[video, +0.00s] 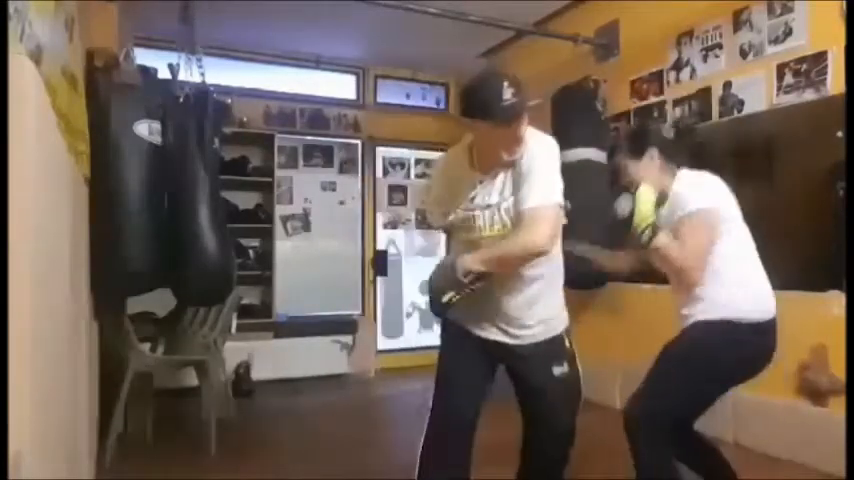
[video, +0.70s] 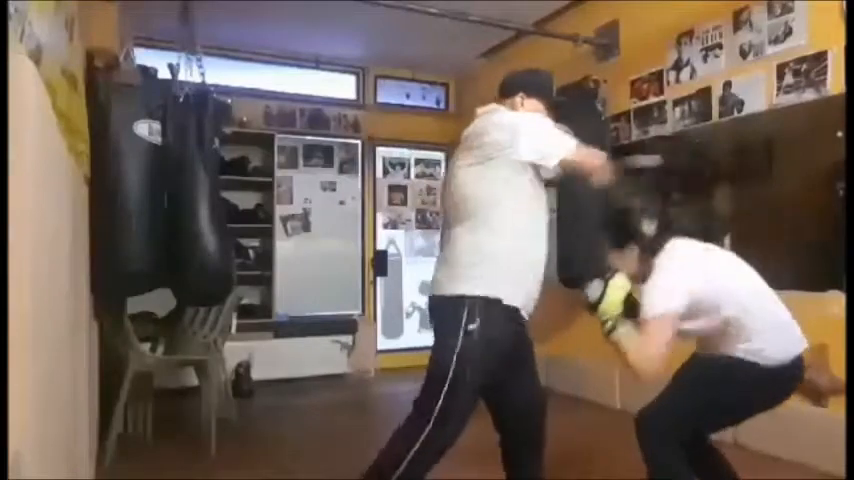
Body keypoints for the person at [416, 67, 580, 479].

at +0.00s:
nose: (518, 131)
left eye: (521, 119)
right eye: (506, 124)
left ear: (526, 113)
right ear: (475, 125)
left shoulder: (540, 151)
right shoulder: (450, 167)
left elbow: (539, 236)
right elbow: (448, 236)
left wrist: (472, 261)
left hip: (538, 328)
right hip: (468, 326)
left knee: (551, 443)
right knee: (448, 435)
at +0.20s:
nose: (544, 125)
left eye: (546, 113)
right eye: (533, 115)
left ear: (549, 112)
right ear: (499, 114)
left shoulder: (552, 147)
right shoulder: (452, 164)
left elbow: (569, 229)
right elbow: (427, 224)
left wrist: (518, 229)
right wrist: (472, 232)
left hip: (540, 319)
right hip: (470, 318)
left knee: (555, 428)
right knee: (455, 423)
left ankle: (538, 479)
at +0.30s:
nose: (559, 118)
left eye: (560, 107)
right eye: (551, 105)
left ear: (529, 106)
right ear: (518, 103)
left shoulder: (550, 147)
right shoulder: (463, 154)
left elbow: (570, 216)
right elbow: (407, 212)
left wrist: (566, 213)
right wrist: (424, 266)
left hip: (536, 316)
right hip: (473, 315)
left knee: (551, 423)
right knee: (460, 425)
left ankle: (534, 477)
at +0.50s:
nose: (560, 120)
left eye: (561, 113)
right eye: (557, 110)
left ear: (525, 101)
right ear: (534, 99)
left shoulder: (521, 139)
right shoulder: (502, 125)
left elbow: (558, 174)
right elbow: (572, 143)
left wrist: (591, 155)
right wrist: (637, 170)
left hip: (509, 307)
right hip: (472, 304)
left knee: (533, 407)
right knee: (445, 428)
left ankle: (529, 477)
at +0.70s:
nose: (546, 119)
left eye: (547, 113)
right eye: (543, 111)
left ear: (513, 103)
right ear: (522, 101)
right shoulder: (504, 126)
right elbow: (594, 162)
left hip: (500, 305)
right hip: (472, 301)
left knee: (525, 420)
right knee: (436, 423)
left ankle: (525, 477)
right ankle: (381, 475)